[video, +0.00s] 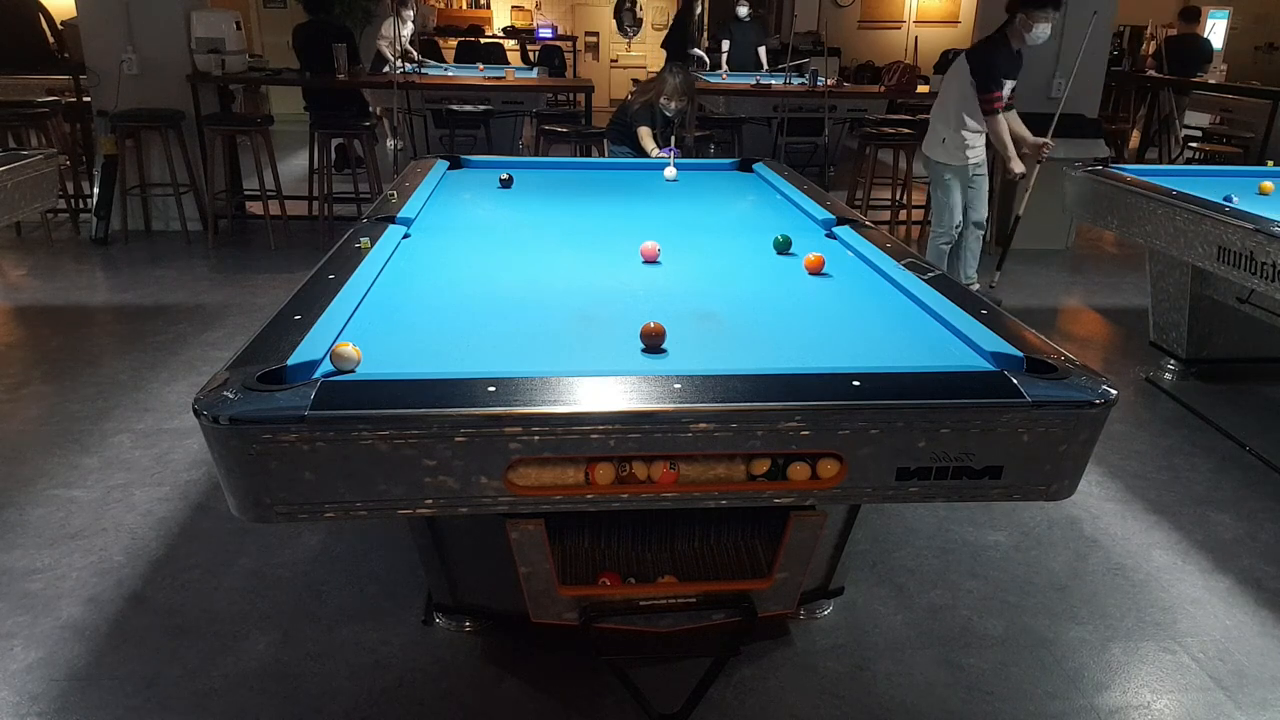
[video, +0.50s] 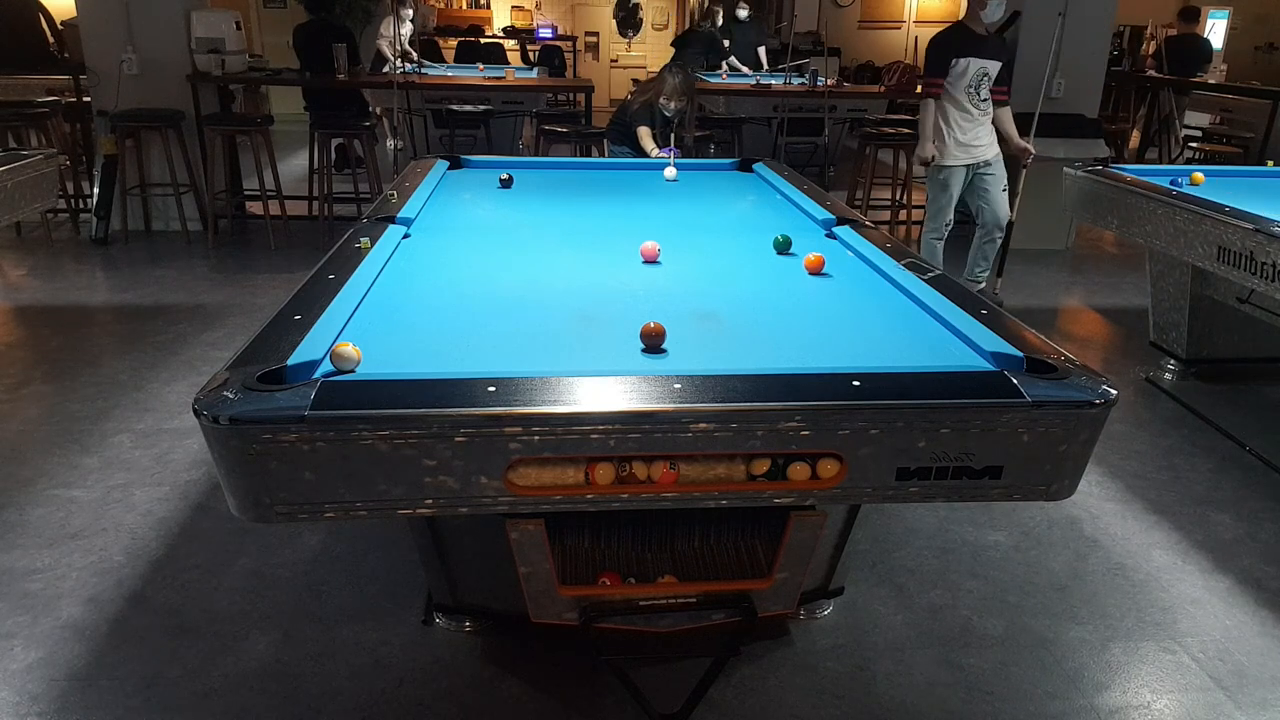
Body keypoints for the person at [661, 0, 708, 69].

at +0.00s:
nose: (700, 8)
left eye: (700, 5)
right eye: (699, 5)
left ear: (687, 5)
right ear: (694, 6)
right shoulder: (688, 19)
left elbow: (664, 45)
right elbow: (689, 48)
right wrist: (703, 55)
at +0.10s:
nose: (704, 7)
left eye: (703, 4)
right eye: (702, 4)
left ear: (688, 5)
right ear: (697, 6)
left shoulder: (681, 17)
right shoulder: (692, 20)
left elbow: (665, 44)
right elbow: (696, 50)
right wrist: (710, 61)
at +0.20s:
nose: (708, 10)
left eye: (708, 7)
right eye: (707, 7)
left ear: (694, 7)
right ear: (701, 8)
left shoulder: (684, 20)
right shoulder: (695, 24)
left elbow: (667, 43)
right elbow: (703, 51)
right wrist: (718, 65)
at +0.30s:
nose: (713, 12)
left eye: (712, 9)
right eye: (712, 9)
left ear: (697, 9)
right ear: (706, 10)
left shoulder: (687, 21)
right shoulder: (702, 25)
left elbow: (670, 42)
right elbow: (710, 50)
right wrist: (723, 63)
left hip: (672, 67)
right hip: (687, 70)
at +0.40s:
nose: (717, 16)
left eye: (717, 13)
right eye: (716, 13)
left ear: (701, 13)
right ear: (710, 14)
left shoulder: (687, 27)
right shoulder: (708, 30)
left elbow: (672, 43)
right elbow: (719, 53)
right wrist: (733, 66)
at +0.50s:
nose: (722, 20)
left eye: (722, 17)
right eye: (721, 17)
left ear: (706, 16)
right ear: (715, 18)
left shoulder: (692, 29)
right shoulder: (712, 34)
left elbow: (675, 43)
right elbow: (725, 56)